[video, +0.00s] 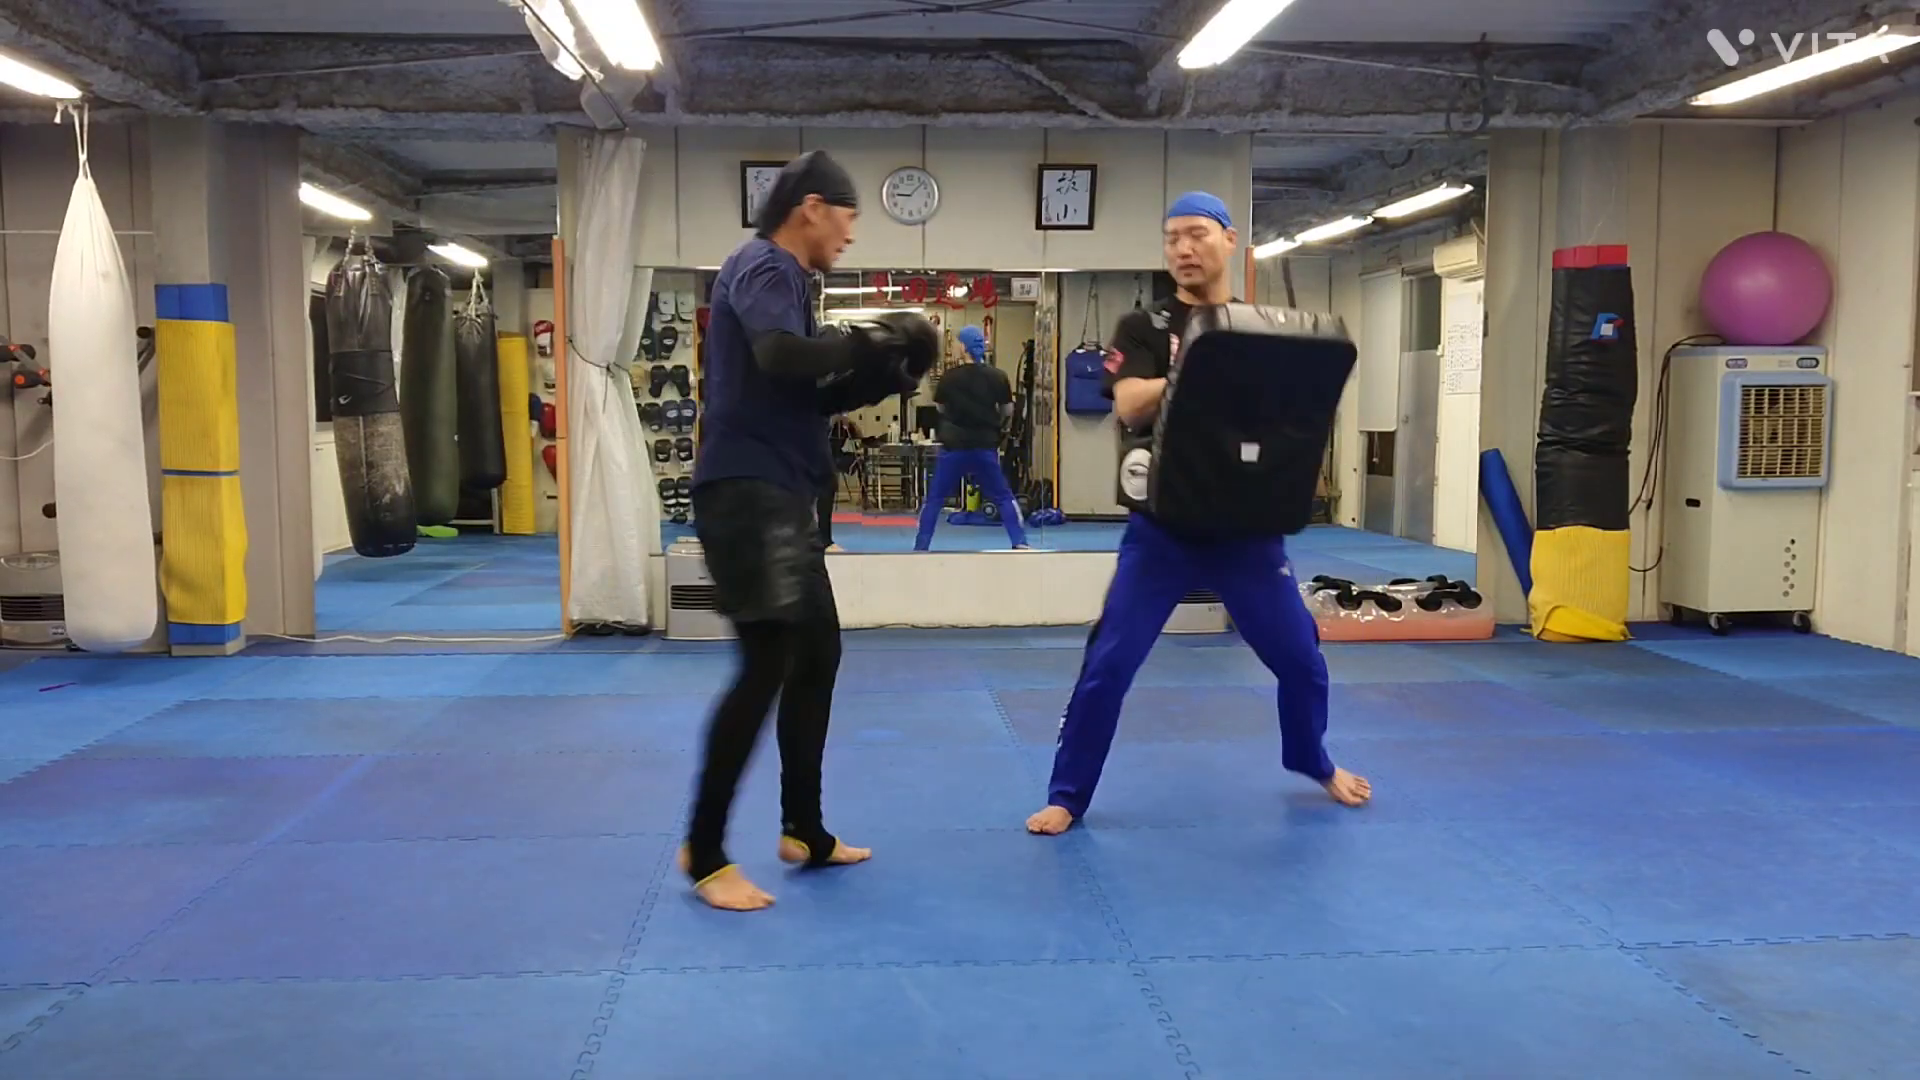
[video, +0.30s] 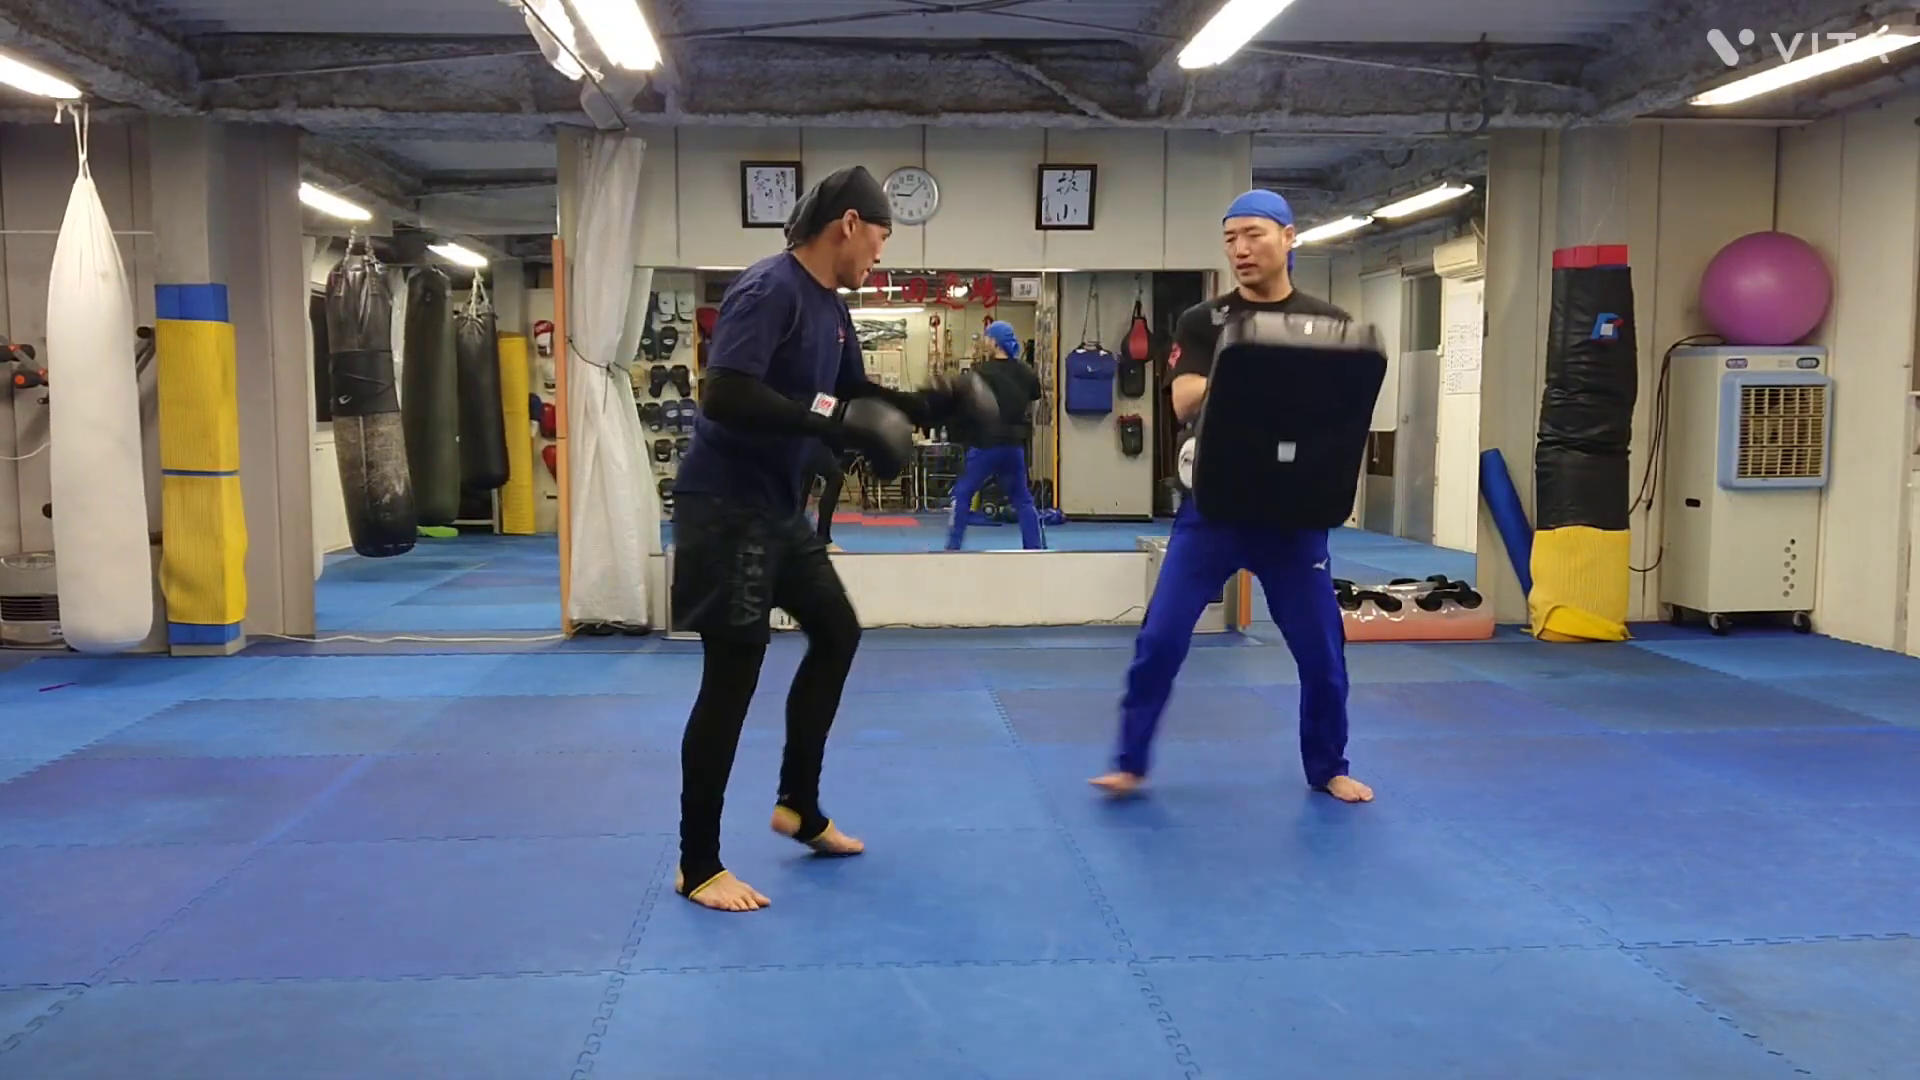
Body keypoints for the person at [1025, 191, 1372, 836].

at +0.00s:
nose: (1184, 248)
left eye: (1197, 234)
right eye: (1173, 238)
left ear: (1230, 243)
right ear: (1165, 252)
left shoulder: (1267, 330)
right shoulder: (1145, 325)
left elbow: (1291, 413)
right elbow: (1127, 404)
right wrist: (1196, 378)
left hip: (1248, 535)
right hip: (1159, 532)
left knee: (1304, 662)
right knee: (1107, 663)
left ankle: (1311, 758)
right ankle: (1066, 797)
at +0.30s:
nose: (1242, 249)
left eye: (1254, 235)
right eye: (1232, 239)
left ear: (1288, 241)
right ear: (1225, 250)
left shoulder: (1330, 323)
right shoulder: (1201, 322)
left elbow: (1345, 410)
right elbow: (1180, 403)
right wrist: (1237, 379)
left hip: (1293, 518)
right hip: (1209, 512)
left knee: (1323, 653)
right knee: (1160, 639)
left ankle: (1328, 769)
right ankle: (1129, 765)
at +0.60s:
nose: (1238, 254)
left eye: (1250, 240)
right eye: (1228, 244)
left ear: (1282, 243)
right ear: (1219, 254)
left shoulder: (1317, 319)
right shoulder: (1198, 323)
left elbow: (1340, 400)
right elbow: (1190, 404)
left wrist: (1237, 390)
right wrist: (1260, 377)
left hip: (1305, 512)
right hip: (1225, 513)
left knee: (1353, 633)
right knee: (1198, 640)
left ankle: (1346, 760)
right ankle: (1184, 753)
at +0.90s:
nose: (1260, 263)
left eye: (1272, 250)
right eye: (1250, 253)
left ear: (1300, 256)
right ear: (1238, 263)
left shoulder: (1329, 329)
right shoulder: (1217, 331)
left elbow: (1349, 407)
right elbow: (1196, 389)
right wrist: (1258, 379)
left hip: (1321, 515)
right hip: (1241, 515)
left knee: (1357, 642)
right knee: (1211, 641)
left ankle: (1373, 760)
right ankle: (1186, 753)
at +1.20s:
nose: (1257, 253)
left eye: (1268, 242)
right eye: (1246, 244)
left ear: (1292, 251)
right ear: (1233, 257)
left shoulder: (1320, 317)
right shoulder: (1213, 324)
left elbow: (1349, 383)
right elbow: (1208, 393)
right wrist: (1272, 359)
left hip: (1320, 507)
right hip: (1242, 507)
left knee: (1364, 628)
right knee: (1211, 634)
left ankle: (1370, 756)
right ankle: (1180, 755)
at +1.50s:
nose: (1282, 271)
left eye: (1292, 259)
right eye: (1271, 264)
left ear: (1319, 264)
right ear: (1263, 277)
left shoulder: (1359, 340)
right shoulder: (1249, 344)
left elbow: (1387, 405)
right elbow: (1242, 416)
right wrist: (1297, 386)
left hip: (1350, 517)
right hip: (1275, 516)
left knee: (1382, 626)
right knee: (1229, 627)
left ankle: (1393, 722)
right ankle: (1184, 751)